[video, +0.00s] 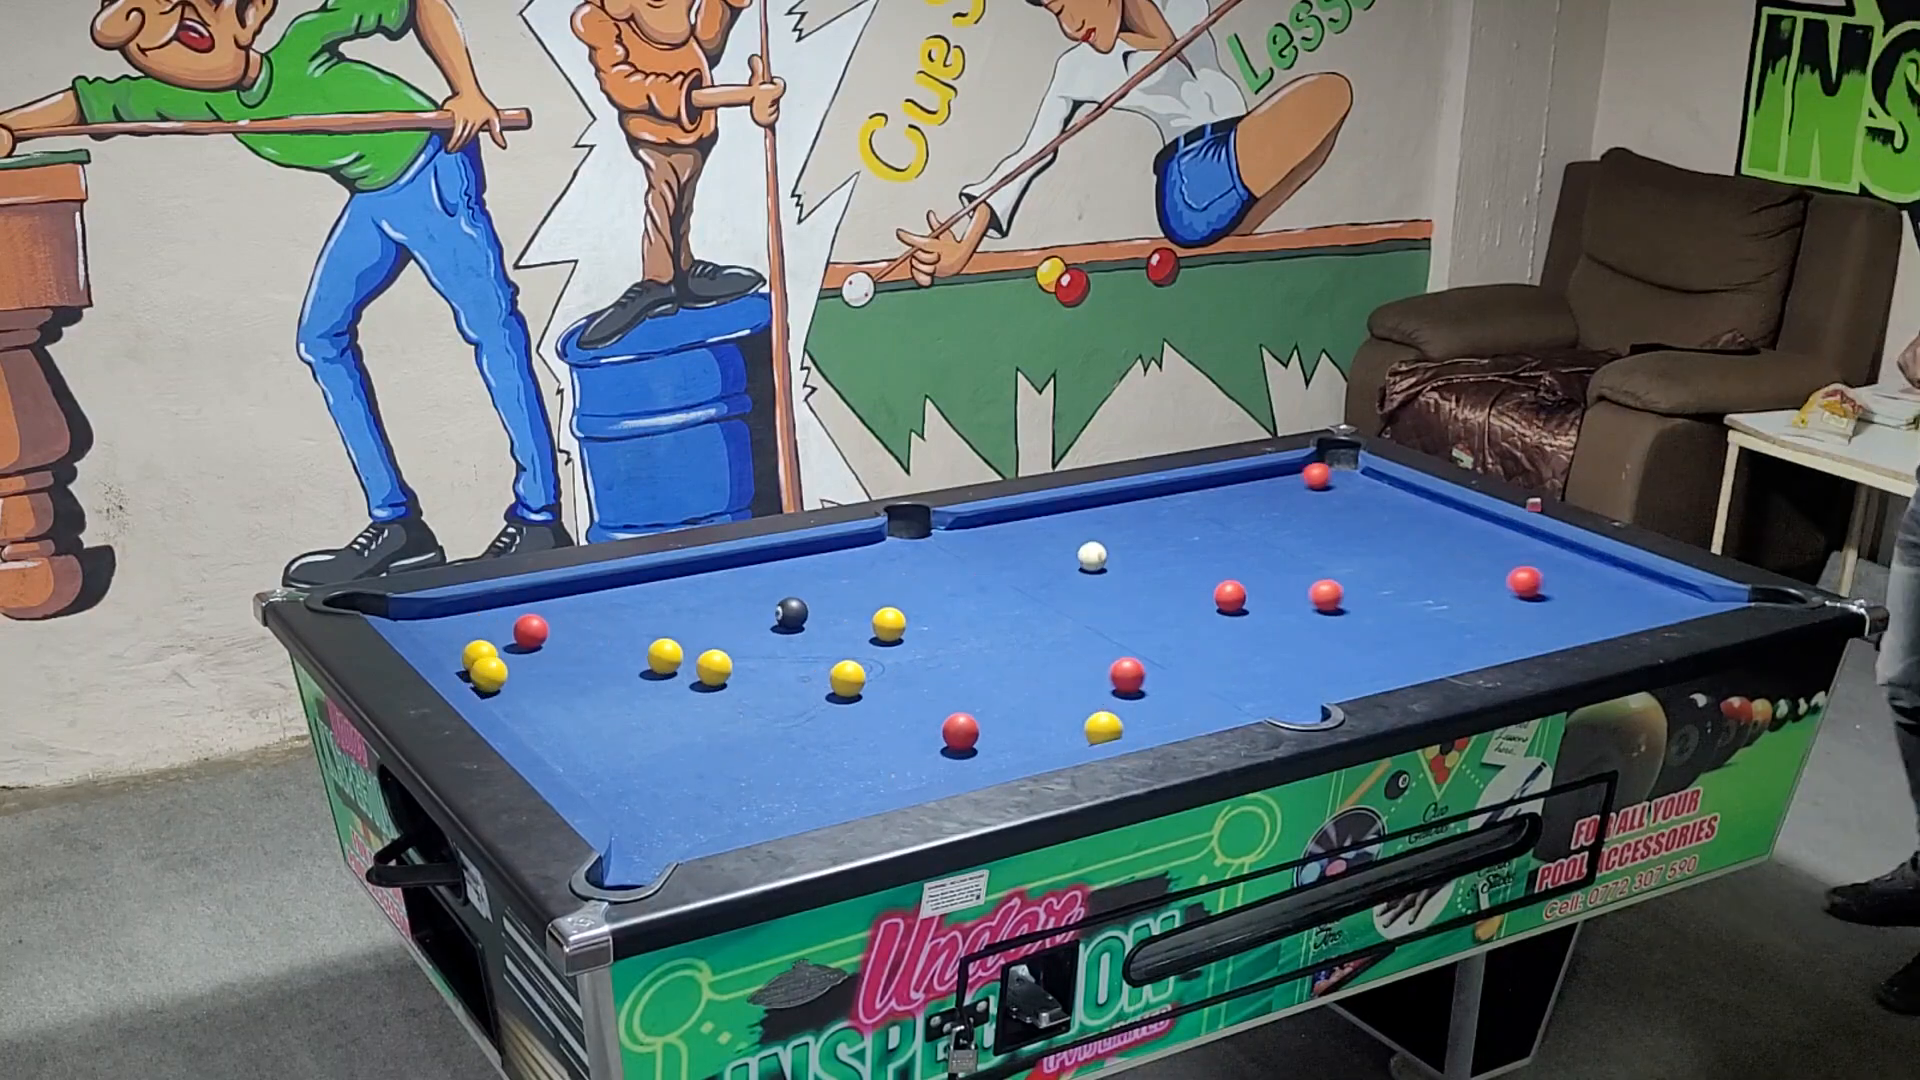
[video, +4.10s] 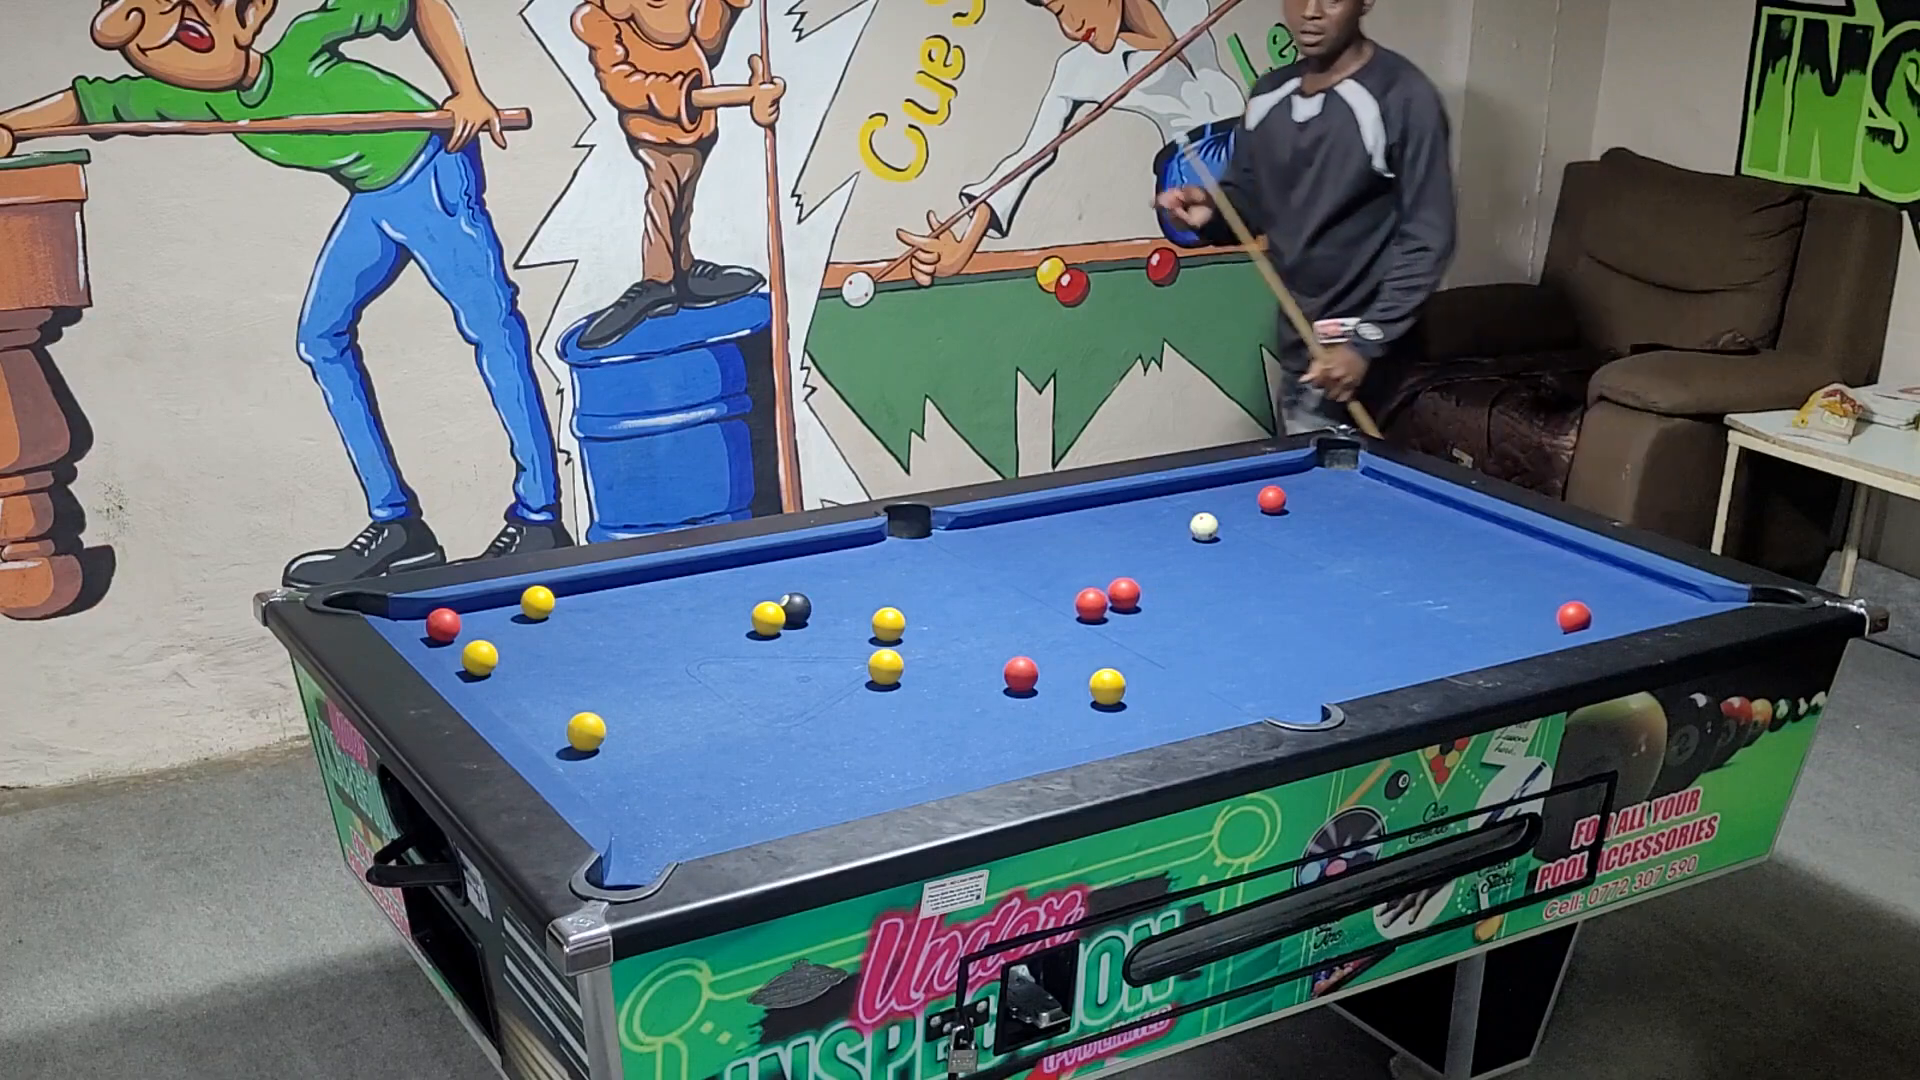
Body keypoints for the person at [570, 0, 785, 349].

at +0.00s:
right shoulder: (596, 19)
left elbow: (707, 47)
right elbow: (626, 88)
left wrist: (730, 6)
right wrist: (747, 94)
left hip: (695, 88)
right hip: (644, 104)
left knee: (688, 174)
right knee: (666, 173)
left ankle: (682, 268)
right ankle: (657, 281)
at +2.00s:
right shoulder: (596, 18)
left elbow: (707, 47)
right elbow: (625, 87)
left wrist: (729, 6)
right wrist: (746, 94)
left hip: (694, 88)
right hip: (644, 104)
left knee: (687, 175)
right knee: (665, 175)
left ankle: (682, 268)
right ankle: (657, 282)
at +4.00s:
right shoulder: (598, 18)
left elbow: (707, 46)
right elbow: (624, 87)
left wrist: (730, 6)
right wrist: (746, 94)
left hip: (694, 86)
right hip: (645, 103)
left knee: (688, 173)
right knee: (666, 173)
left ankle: (682, 268)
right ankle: (657, 280)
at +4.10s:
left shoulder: (697, 6)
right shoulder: (597, 18)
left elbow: (707, 46)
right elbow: (624, 87)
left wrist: (730, 6)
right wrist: (746, 95)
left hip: (694, 86)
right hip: (645, 103)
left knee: (688, 174)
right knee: (666, 173)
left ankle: (682, 268)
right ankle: (657, 280)